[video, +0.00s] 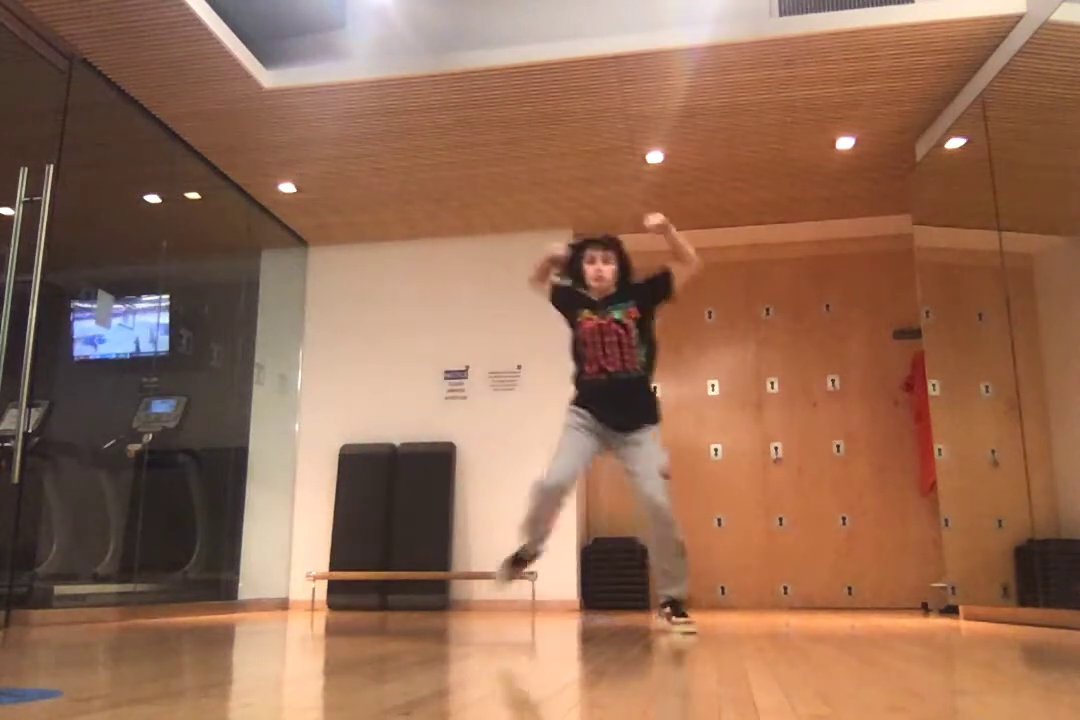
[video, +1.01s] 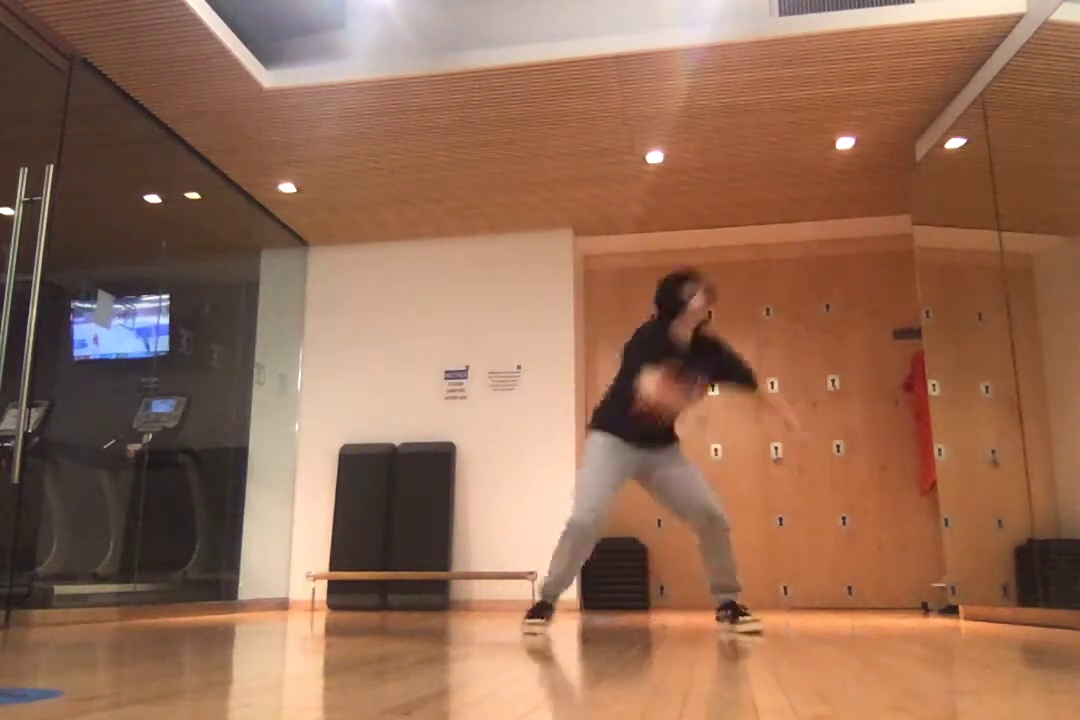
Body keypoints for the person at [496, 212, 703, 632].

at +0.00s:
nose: (599, 269)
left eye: (608, 261)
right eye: (591, 261)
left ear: (621, 267)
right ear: (580, 269)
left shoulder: (640, 296)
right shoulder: (575, 304)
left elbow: (690, 265)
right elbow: (538, 282)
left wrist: (667, 232)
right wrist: (549, 260)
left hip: (638, 422)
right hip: (587, 417)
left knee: (657, 502)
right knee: (554, 483)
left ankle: (672, 599)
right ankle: (528, 550)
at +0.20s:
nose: (663, 300)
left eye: (668, 294)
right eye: (655, 291)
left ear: (674, 303)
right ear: (638, 298)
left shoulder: (683, 346)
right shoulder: (619, 341)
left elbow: (707, 327)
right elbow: (630, 389)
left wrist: (691, 285)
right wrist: (614, 352)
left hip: (672, 445)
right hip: (627, 452)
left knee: (675, 516)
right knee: (654, 535)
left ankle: (670, 604)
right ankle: (719, 564)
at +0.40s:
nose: (695, 340)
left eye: (698, 334)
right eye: (694, 332)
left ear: (680, 328)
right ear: (679, 326)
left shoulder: (688, 361)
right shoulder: (636, 361)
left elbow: (699, 396)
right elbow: (656, 417)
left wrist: (703, 342)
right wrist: (689, 456)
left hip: (698, 456)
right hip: (656, 467)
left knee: (679, 524)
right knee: (703, 540)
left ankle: (669, 605)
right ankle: (785, 591)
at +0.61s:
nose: (648, 273)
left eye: (656, 263)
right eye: (642, 266)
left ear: (675, 268)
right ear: (635, 273)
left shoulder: (691, 307)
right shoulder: (626, 322)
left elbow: (661, 318)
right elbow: (622, 378)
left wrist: (620, 287)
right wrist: (635, 428)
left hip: (695, 424)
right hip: (652, 432)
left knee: (688, 504)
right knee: (656, 524)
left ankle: (705, 582)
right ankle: (705, 568)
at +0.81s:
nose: (626, 300)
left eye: (633, 291)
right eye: (618, 294)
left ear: (650, 294)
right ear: (610, 305)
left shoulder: (660, 336)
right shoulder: (628, 349)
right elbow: (628, 402)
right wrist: (634, 449)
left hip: (692, 450)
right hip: (647, 450)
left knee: (704, 520)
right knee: (592, 508)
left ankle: (737, 600)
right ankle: (561, 603)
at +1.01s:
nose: (705, 301)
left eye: (706, 295)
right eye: (696, 295)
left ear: (707, 303)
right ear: (676, 301)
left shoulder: (707, 348)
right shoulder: (648, 339)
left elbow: (750, 384)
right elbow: (649, 389)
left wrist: (784, 415)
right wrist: (691, 397)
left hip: (660, 447)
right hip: (613, 441)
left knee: (711, 518)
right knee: (585, 519)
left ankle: (728, 606)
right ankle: (545, 603)